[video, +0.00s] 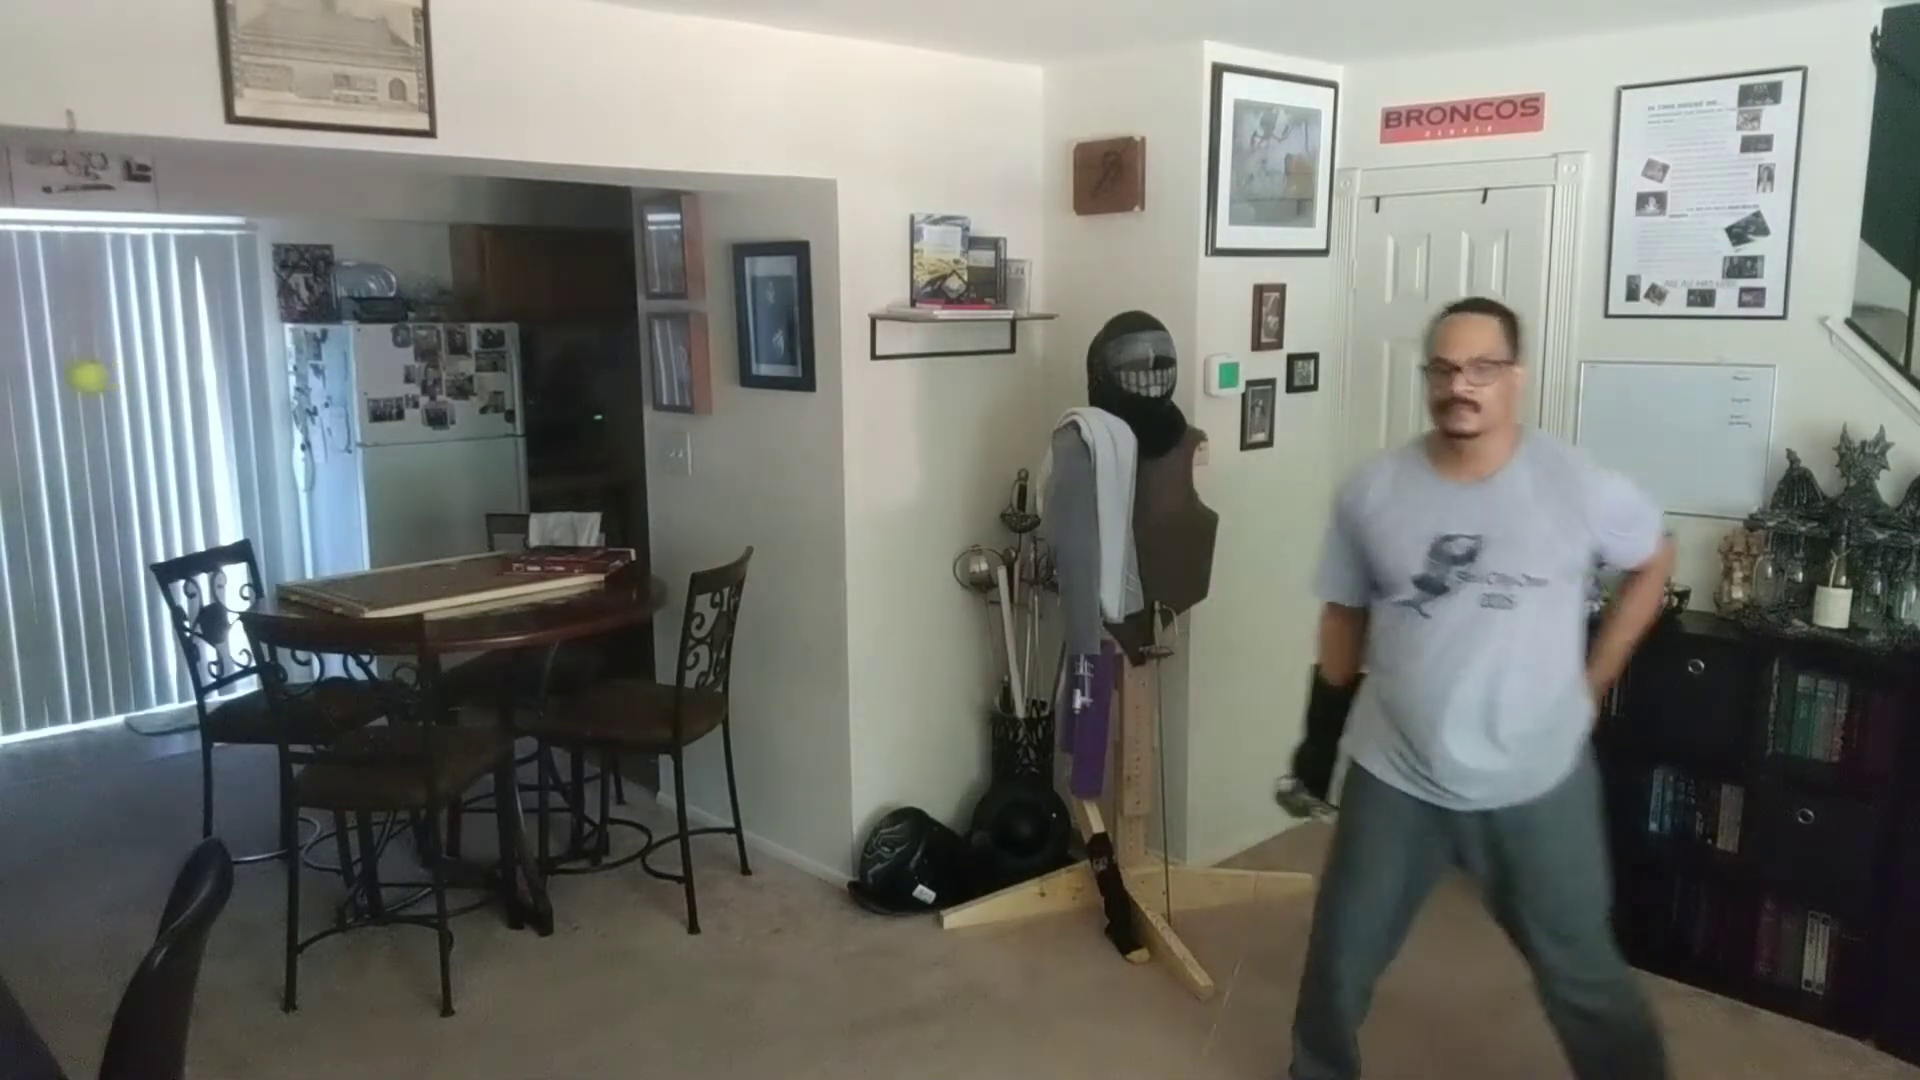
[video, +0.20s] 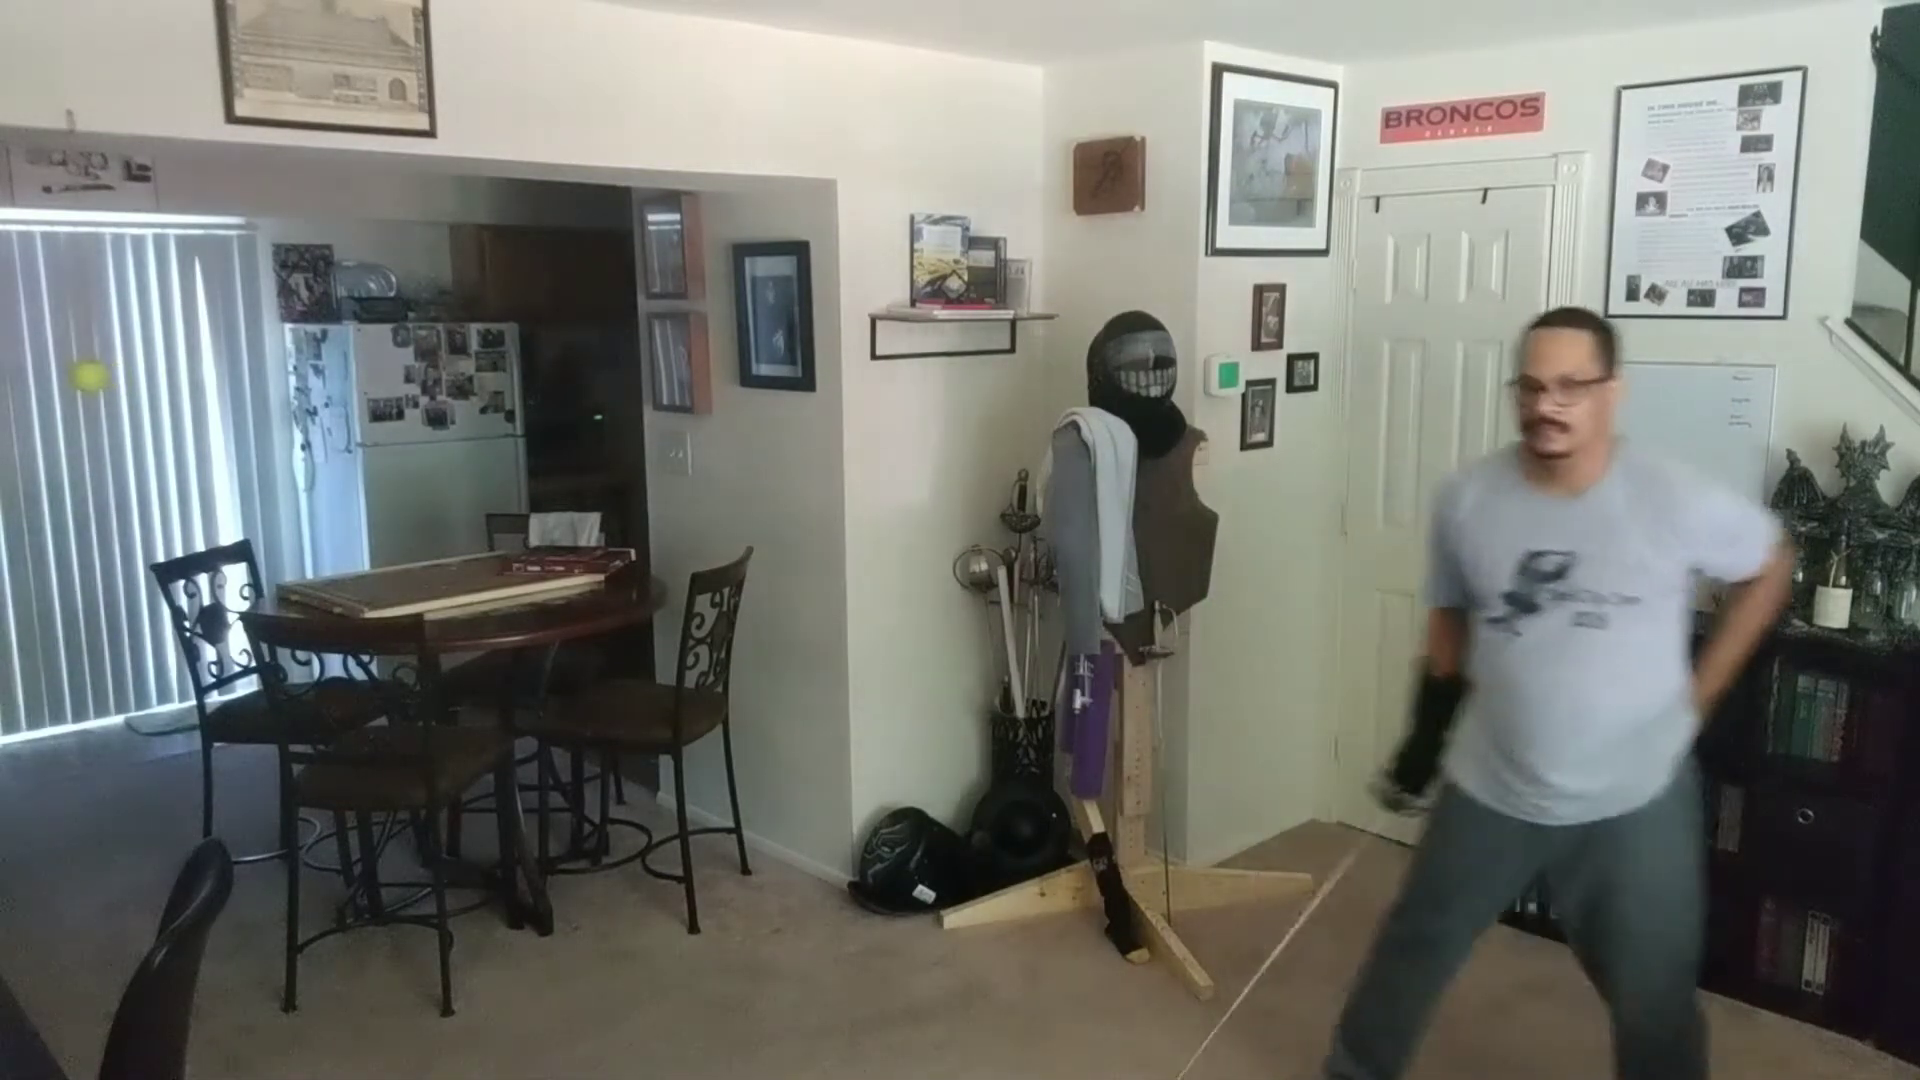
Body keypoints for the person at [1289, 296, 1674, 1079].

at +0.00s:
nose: (1458, 386)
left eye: (1480, 370)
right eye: (1442, 369)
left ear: (1518, 380)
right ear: (1424, 378)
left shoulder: (1575, 485)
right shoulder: (1372, 491)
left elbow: (1653, 559)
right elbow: (1343, 619)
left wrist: (1594, 682)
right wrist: (1319, 746)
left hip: (1539, 778)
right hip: (1398, 771)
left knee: (1583, 977)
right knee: (1337, 967)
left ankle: (1637, 1074)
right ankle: (1318, 1070)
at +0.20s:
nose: (1545, 405)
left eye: (1568, 388)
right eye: (1531, 387)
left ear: (1612, 393)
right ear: (1515, 392)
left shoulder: (1668, 498)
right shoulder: (1467, 499)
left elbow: (1772, 562)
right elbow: (1448, 622)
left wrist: (1698, 695)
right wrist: (1424, 738)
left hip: (1636, 802)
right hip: (1491, 791)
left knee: (1657, 1011)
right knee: (1413, 954)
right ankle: (1356, 1068)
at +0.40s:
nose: (1574, 398)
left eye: (1598, 382)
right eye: (1571, 380)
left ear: (1664, 393)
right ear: (1564, 381)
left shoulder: (1738, 487)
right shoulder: (1538, 492)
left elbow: (1870, 532)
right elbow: (1535, 617)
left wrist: (1788, 677)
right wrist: (1528, 731)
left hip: (1693, 800)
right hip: (1552, 781)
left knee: (1681, 1035)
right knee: (1505, 1009)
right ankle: (1497, 1068)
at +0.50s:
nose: (1587, 389)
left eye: (1608, 373)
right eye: (1587, 372)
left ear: (1675, 386)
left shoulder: (1763, 483)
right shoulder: (1565, 487)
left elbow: (1904, 518)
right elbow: (1560, 607)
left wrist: (1828, 657)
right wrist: (1563, 675)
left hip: (1716, 798)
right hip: (1579, 783)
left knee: (1696, 1022)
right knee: (1572, 1003)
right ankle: (1592, 1070)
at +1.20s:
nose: (1676, 370)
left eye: (1698, 356)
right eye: (1677, 354)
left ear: (1765, 367)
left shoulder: (1857, 470)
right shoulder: (1654, 486)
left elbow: (1916, 584)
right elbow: (1639, 628)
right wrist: (1623, 753)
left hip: (1814, 781)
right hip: (1686, 776)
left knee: (1792, 1016)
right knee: (1697, 1005)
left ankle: (1788, 1071)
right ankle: (1706, 1065)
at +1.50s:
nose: (1725, 387)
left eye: (1748, 370)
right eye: (1725, 370)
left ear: (1817, 380)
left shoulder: (1901, 487)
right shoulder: (1691, 501)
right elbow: (1609, 627)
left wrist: (1912, 734)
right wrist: (1547, 719)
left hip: (1857, 801)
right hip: (1710, 782)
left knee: (1843, 1016)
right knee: (1633, 925)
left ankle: (1809, 1074)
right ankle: (1683, 1069)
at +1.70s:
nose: (1723, 423)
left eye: (1745, 403)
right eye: (1724, 406)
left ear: (1817, 412)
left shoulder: (1901, 499)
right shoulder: (1701, 526)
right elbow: (1570, 601)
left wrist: (1843, 639)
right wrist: (1435, 660)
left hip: (1879, 812)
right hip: (1733, 782)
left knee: (1870, 1024)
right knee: (1613, 907)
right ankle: (1577, 1069)